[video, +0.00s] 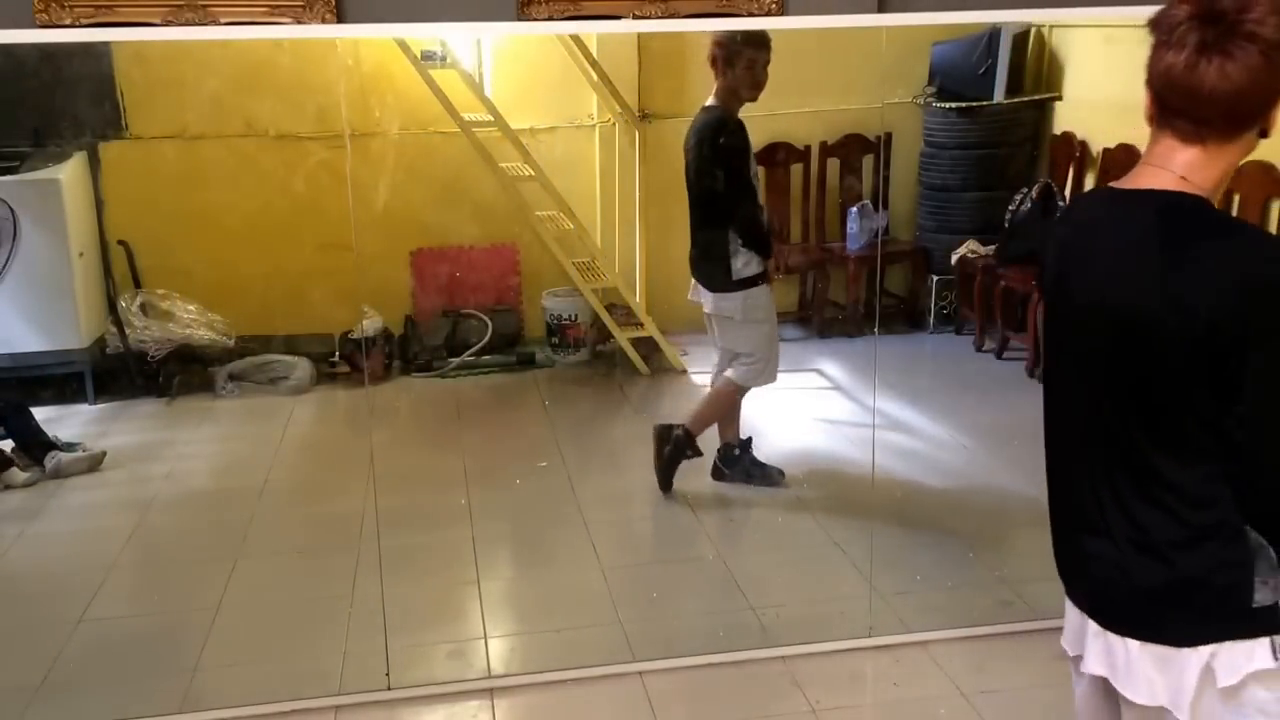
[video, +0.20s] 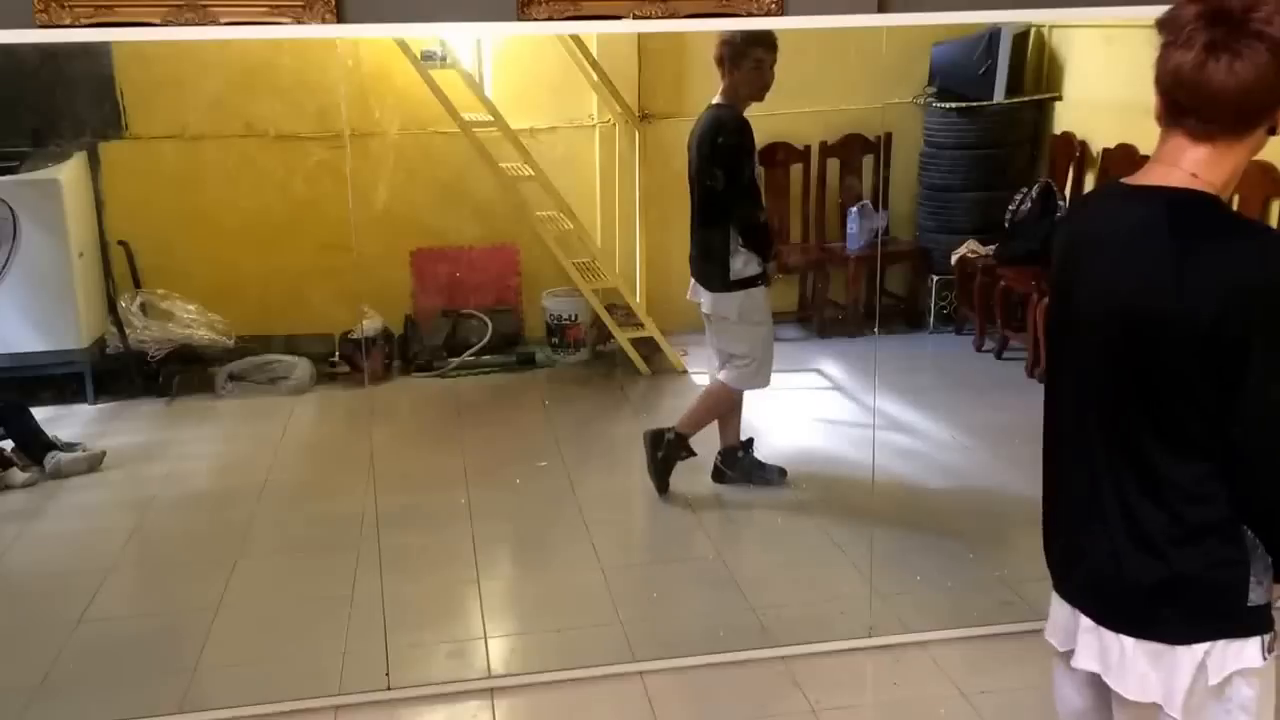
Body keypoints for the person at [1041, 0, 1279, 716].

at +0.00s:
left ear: (1148, 99)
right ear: (1266, 124)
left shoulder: (1072, 231)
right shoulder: (1252, 266)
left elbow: (1067, 407)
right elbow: (1265, 464)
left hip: (1090, 575)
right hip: (1206, 601)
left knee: (1102, 702)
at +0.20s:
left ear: (1161, 93)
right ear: (1270, 122)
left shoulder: (1082, 223)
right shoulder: (1255, 261)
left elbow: (1066, 396)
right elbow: (1265, 451)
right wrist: (1277, 565)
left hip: (1083, 565)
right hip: (1199, 590)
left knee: (1083, 705)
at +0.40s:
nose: (1156, 100)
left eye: (1158, 84)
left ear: (1167, 102)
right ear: (1273, 121)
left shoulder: (1078, 225)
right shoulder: (1269, 243)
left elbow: (1041, 393)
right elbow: (1277, 436)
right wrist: (1276, 579)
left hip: (1058, 583)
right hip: (1209, 607)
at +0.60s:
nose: (1134, 108)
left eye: (1135, 91)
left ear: (1151, 100)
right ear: (1256, 110)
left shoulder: (1057, 224)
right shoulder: (1271, 242)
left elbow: (996, 409)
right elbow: (1279, 438)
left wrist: (1004, 514)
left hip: (1032, 590)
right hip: (1194, 609)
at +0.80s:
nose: (1069, 123)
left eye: (1071, 104)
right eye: (1070, 103)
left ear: (1092, 109)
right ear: (1185, 105)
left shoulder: (1035, 232)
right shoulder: (1256, 243)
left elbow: (962, 402)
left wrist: (918, 541)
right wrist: (1273, 574)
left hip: (1027, 602)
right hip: (1178, 605)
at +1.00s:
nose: (980, 144)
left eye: (979, 125)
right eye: (980, 125)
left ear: (999, 122)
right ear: (1089, 111)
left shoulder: (970, 252)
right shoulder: (1181, 238)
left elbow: (918, 442)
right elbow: (1218, 419)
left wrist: (899, 602)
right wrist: (1206, 562)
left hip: (1003, 611)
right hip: (1147, 604)